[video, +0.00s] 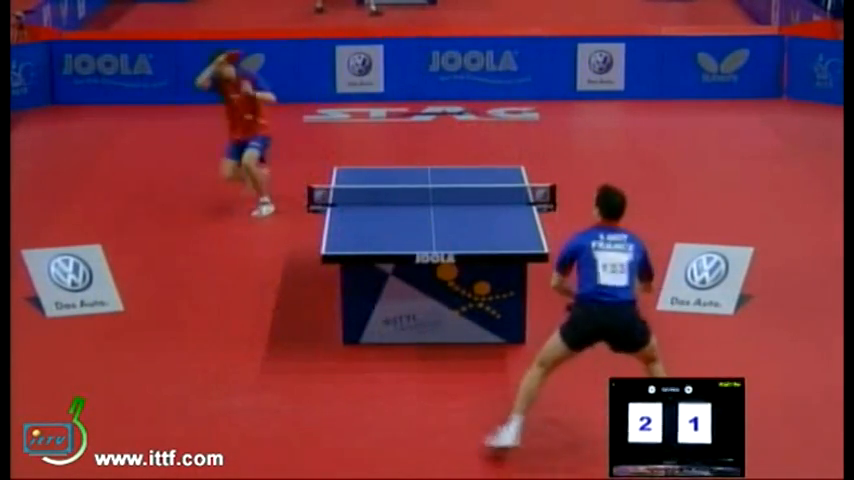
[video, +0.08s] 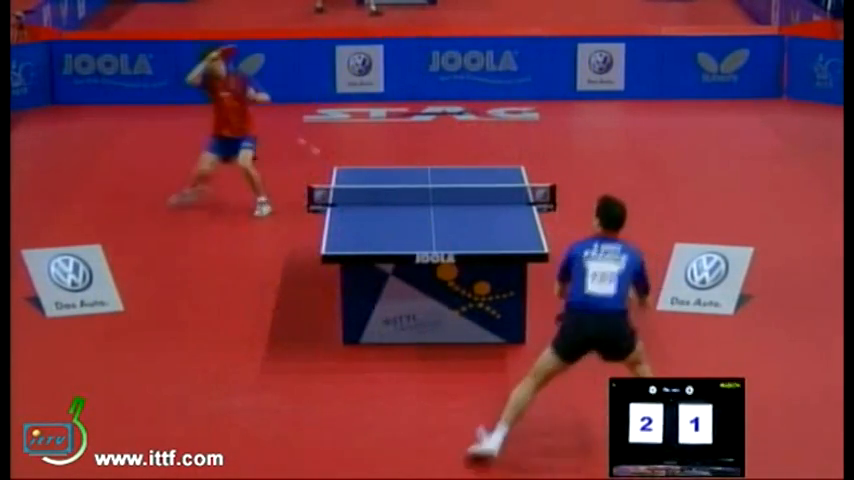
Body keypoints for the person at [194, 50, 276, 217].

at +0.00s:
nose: (225, 71)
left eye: (227, 66)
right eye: (222, 69)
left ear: (233, 65)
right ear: (219, 72)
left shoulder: (249, 79)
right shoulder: (222, 84)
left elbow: (271, 97)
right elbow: (200, 84)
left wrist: (252, 93)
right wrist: (215, 66)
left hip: (257, 132)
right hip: (237, 135)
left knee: (248, 162)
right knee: (228, 172)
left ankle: (265, 200)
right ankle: (257, 175)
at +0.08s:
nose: (218, 67)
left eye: (220, 63)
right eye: (214, 64)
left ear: (226, 64)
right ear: (210, 68)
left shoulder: (239, 80)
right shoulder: (211, 83)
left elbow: (266, 97)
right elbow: (191, 80)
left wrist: (254, 97)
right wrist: (206, 62)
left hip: (243, 134)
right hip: (221, 134)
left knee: (244, 164)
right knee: (203, 170)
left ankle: (262, 200)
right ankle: (190, 194)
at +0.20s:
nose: (209, 74)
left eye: (212, 70)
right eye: (205, 71)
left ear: (217, 73)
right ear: (200, 75)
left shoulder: (227, 92)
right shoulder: (196, 93)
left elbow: (243, 109)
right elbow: (175, 98)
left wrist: (251, 114)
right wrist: (192, 73)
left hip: (220, 143)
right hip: (197, 143)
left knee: (241, 167)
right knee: (175, 177)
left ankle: (244, 200)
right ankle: (142, 202)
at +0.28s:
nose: (214, 80)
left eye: (217, 77)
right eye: (211, 76)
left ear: (220, 79)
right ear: (202, 78)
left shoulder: (225, 98)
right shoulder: (194, 96)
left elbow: (243, 114)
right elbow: (174, 111)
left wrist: (259, 130)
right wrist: (189, 92)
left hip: (213, 147)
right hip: (190, 147)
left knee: (235, 171)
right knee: (170, 178)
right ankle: (142, 201)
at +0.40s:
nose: (233, 68)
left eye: (235, 64)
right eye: (229, 64)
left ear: (237, 66)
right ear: (220, 67)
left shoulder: (244, 87)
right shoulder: (211, 87)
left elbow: (264, 101)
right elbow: (189, 109)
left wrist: (282, 110)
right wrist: (207, 104)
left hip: (224, 140)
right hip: (200, 139)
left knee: (241, 170)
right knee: (178, 171)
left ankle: (220, 197)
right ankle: (145, 198)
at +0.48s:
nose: (245, 58)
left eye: (248, 54)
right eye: (241, 54)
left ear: (251, 56)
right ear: (234, 56)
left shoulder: (257, 74)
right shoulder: (225, 75)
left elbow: (273, 84)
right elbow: (203, 97)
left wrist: (286, 99)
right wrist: (214, 106)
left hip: (241, 130)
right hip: (219, 129)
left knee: (248, 166)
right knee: (197, 160)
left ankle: (222, 195)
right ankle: (169, 192)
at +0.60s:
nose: (267, 48)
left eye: (269, 43)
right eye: (263, 44)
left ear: (272, 46)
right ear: (255, 46)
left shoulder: (279, 65)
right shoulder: (246, 67)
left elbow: (290, 79)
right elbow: (225, 87)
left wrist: (295, 98)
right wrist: (233, 102)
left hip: (271, 115)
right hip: (249, 115)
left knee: (277, 156)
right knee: (241, 152)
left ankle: (252, 185)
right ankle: (225, 185)